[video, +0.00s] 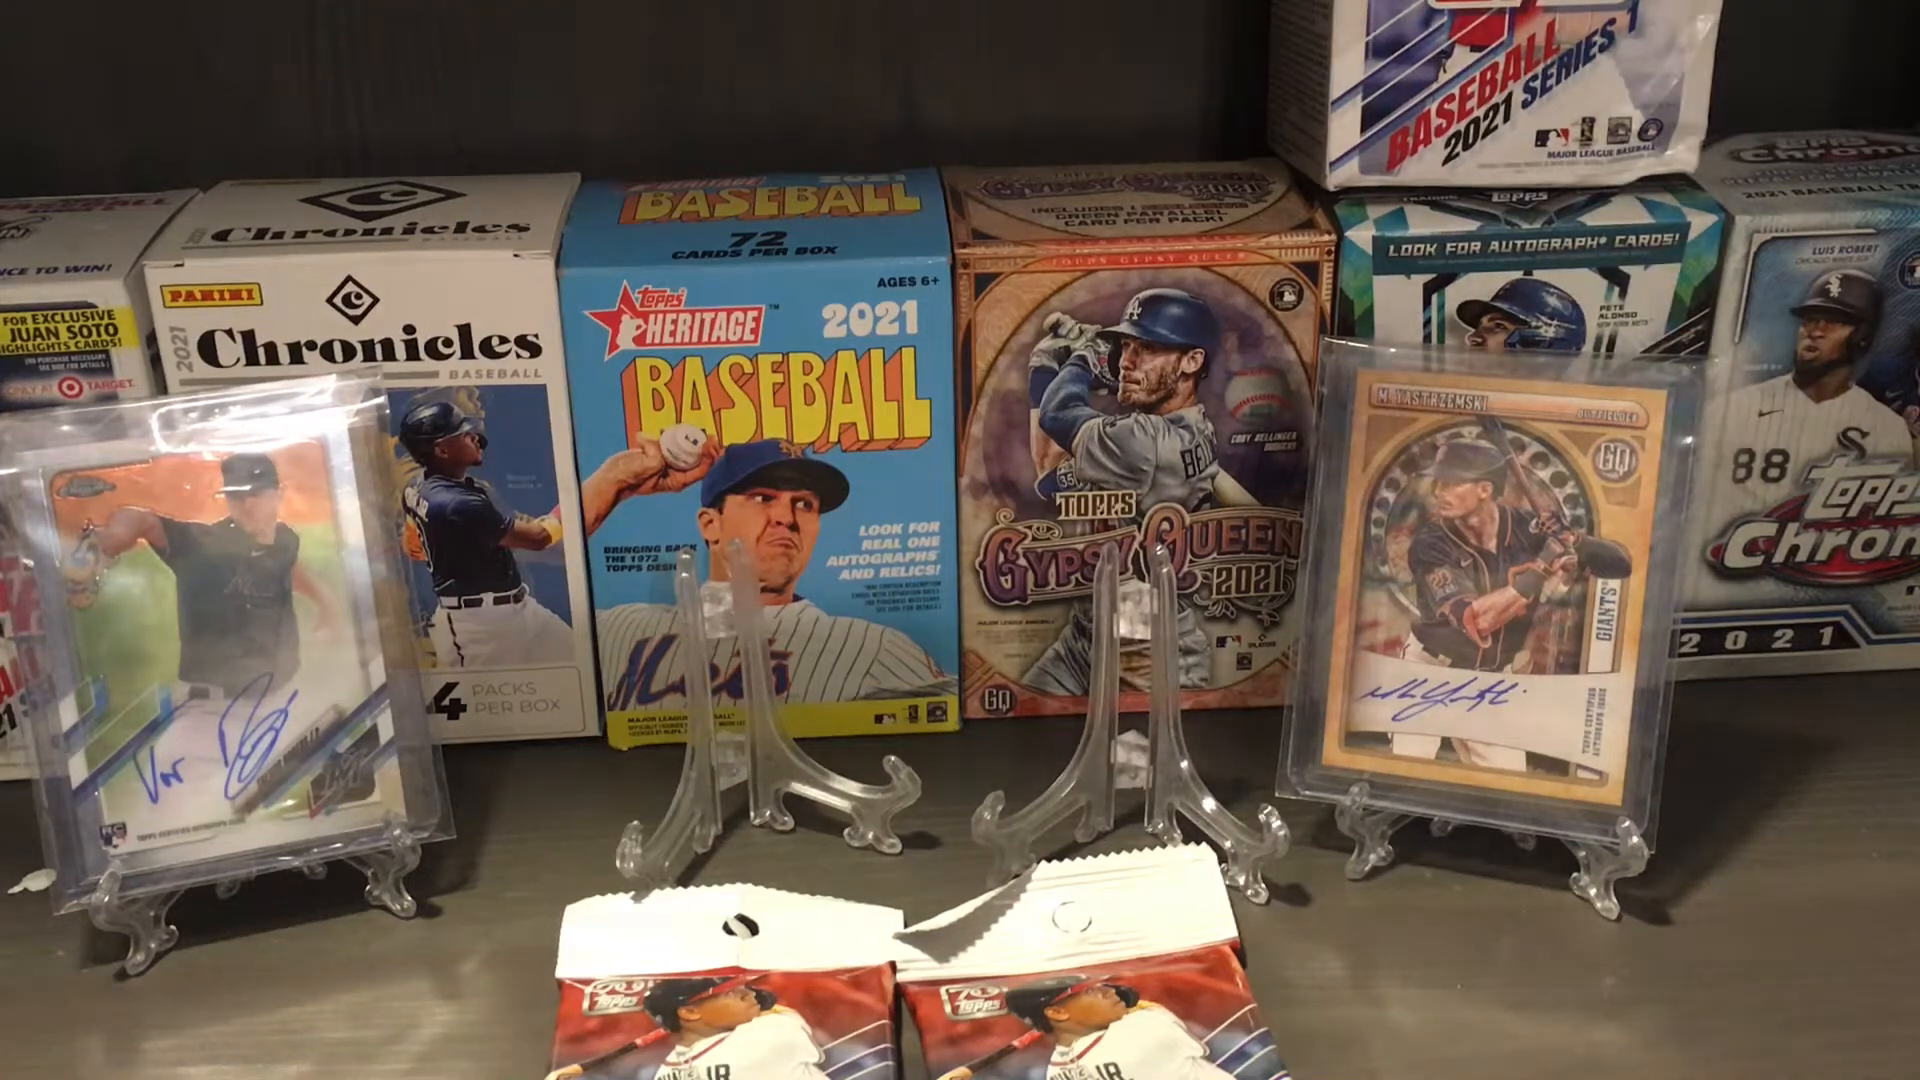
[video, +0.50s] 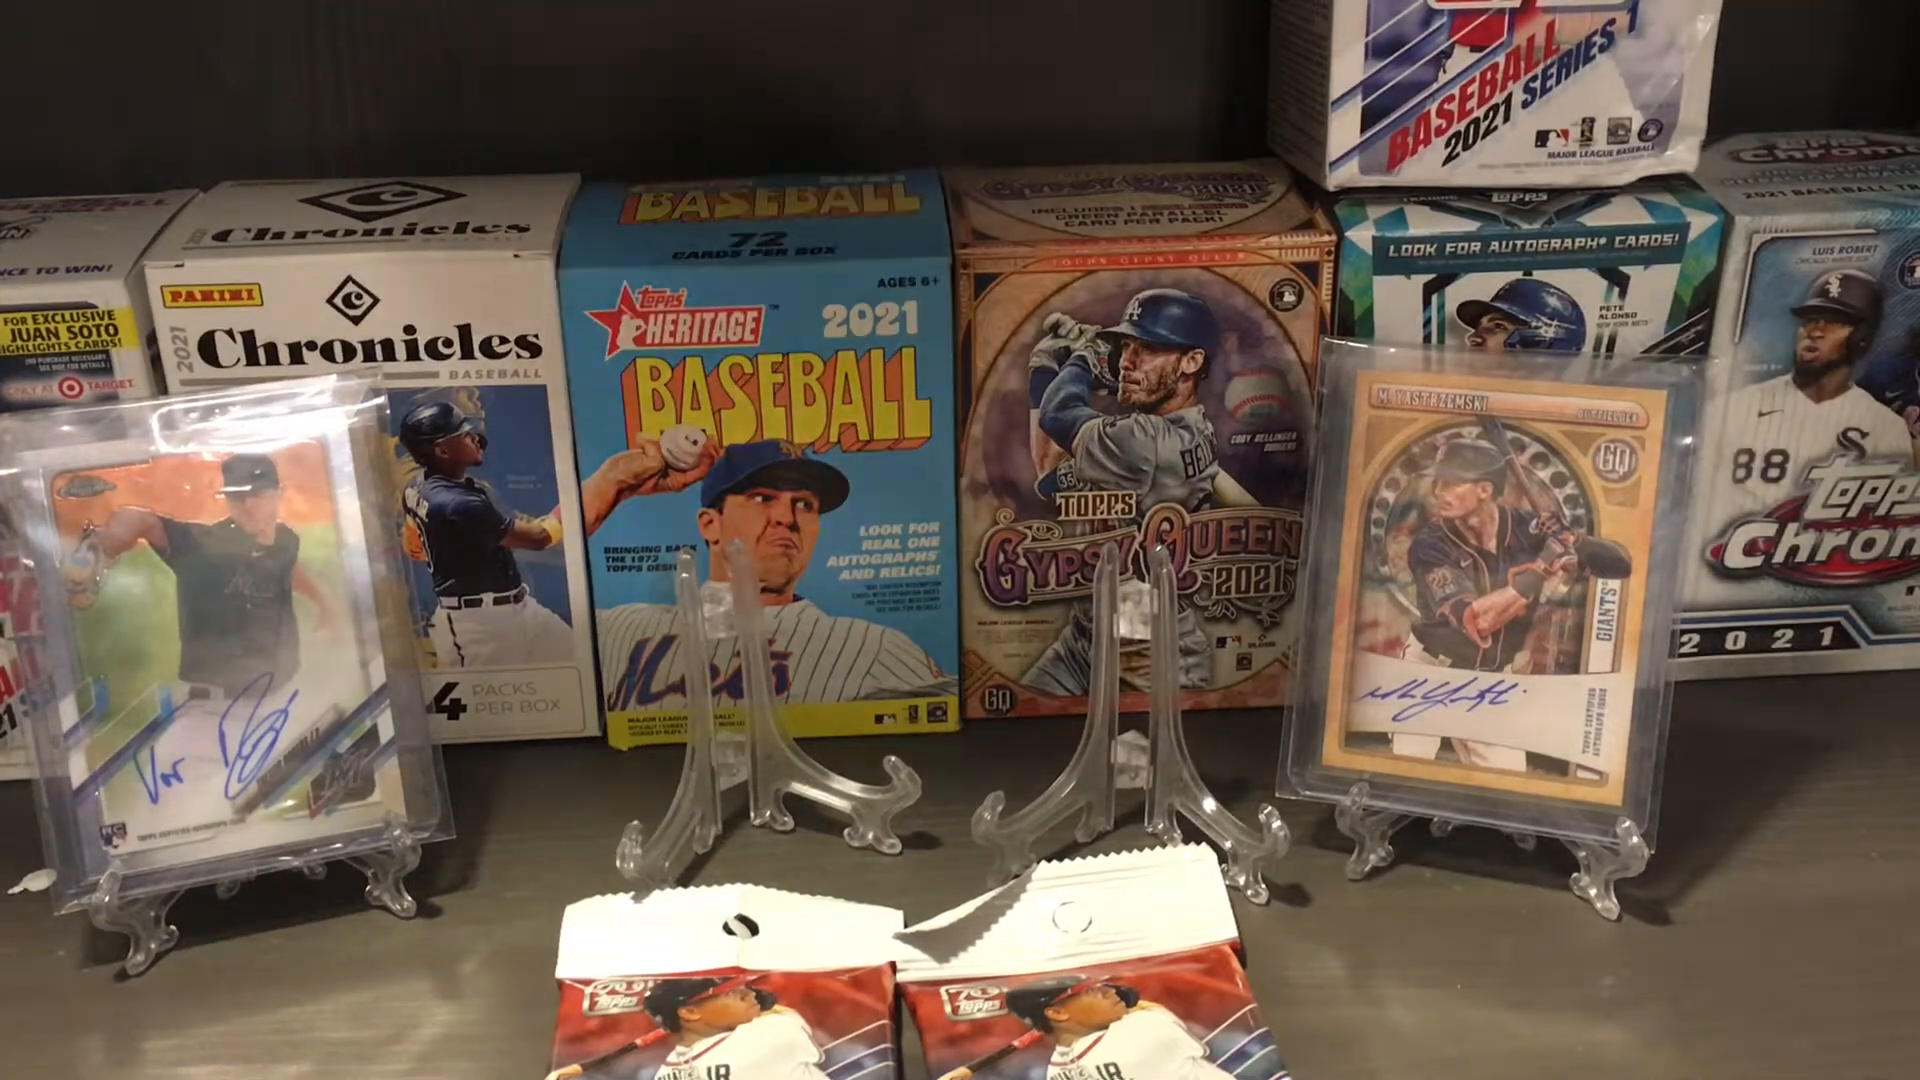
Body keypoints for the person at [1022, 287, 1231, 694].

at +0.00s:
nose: (1126, 361)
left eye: (1145, 349)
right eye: (1126, 347)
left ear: (1191, 362)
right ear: (1118, 350)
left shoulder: (1143, 441)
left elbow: (1060, 410)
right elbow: (1049, 475)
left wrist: (1083, 361)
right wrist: (1042, 365)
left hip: (1160, 650)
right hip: (1087, 641)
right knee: (1014, 733)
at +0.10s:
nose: (1127, 361)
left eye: (1145, 350)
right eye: (1126, 347)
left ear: (1191, 363)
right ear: (1119, 349)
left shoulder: (1143, 441)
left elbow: (1061, 411)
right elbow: (1050, 471)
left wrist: (1082, 362)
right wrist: (1042, 366)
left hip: (1158, 648)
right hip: (1088, 640)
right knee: (1014, 733)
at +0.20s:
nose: (1127, 361)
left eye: (1145, 349)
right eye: (1126, 347)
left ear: (1191, 362)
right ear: (1118, 349)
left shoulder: (1144, 441)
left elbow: (1061, 410)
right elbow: (1049, 473)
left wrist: (1083, 360)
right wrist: (1043, 365)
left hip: (1159, 649)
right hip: (1087, 641)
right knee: (1014, 732)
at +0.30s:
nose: (1126, 362)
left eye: (1145, 349)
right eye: (1126, 347)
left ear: (1191, 363)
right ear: (1118, 350)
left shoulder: (1143, 441)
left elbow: (1060, 411)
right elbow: (1049, 473)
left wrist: (1083, 361)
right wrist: (1043, 365)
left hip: (1159, 650)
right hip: (1087, 642)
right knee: (1014, 733)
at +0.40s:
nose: (1128, 361)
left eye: (1148, 350)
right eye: (1127, 347)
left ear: (1191, 362)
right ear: (1121, 349)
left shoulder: (1140, 440)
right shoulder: (1190, 430)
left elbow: (1060, 410)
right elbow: (1048, 476)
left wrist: (1086, 359)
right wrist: (1043, 371)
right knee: (1009, 735)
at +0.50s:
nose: (1127, 362)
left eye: (1147, 350)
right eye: (1127, 348)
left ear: (1190, 363)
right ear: (1120, 349)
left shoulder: (1140, 440)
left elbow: (1059, 412)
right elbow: (1049, 476)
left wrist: (1085, 359)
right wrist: (1042, 369)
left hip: (1161, 651)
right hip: (1089, 642)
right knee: (1006, 735)